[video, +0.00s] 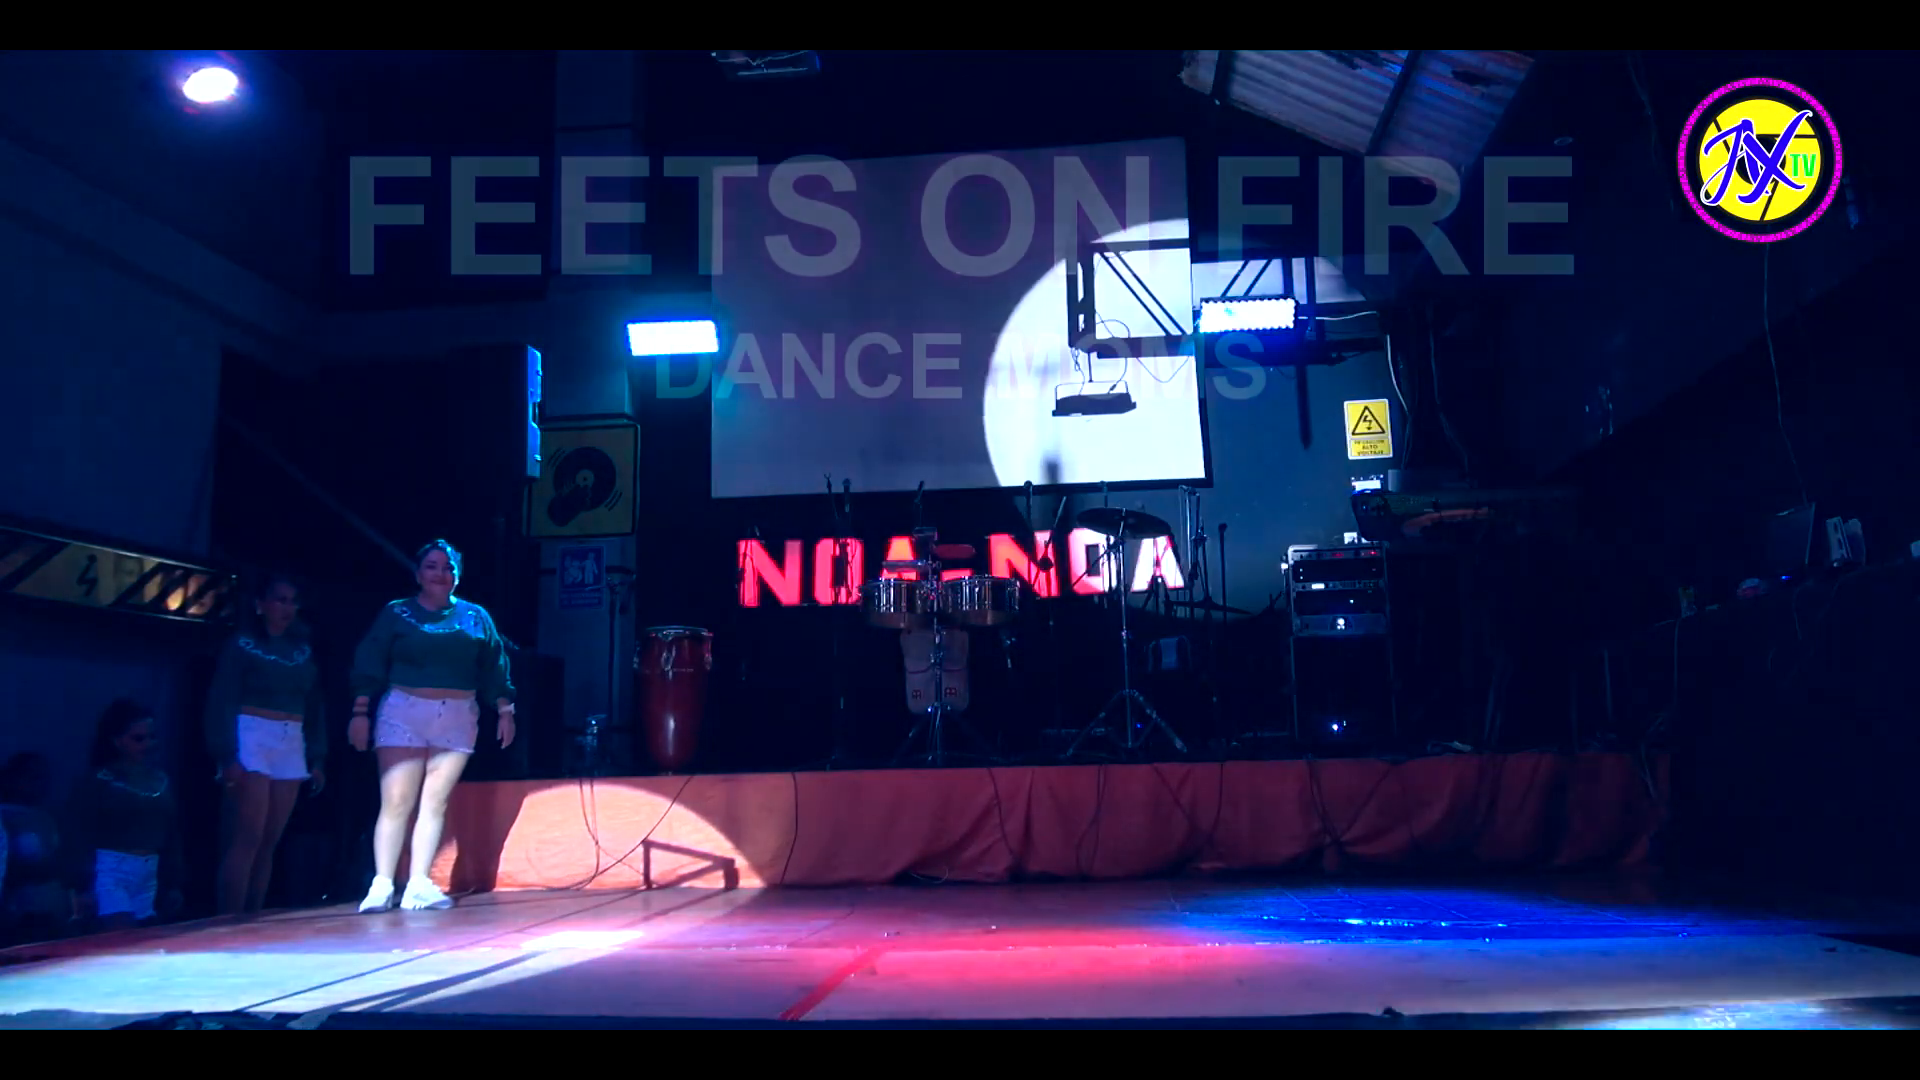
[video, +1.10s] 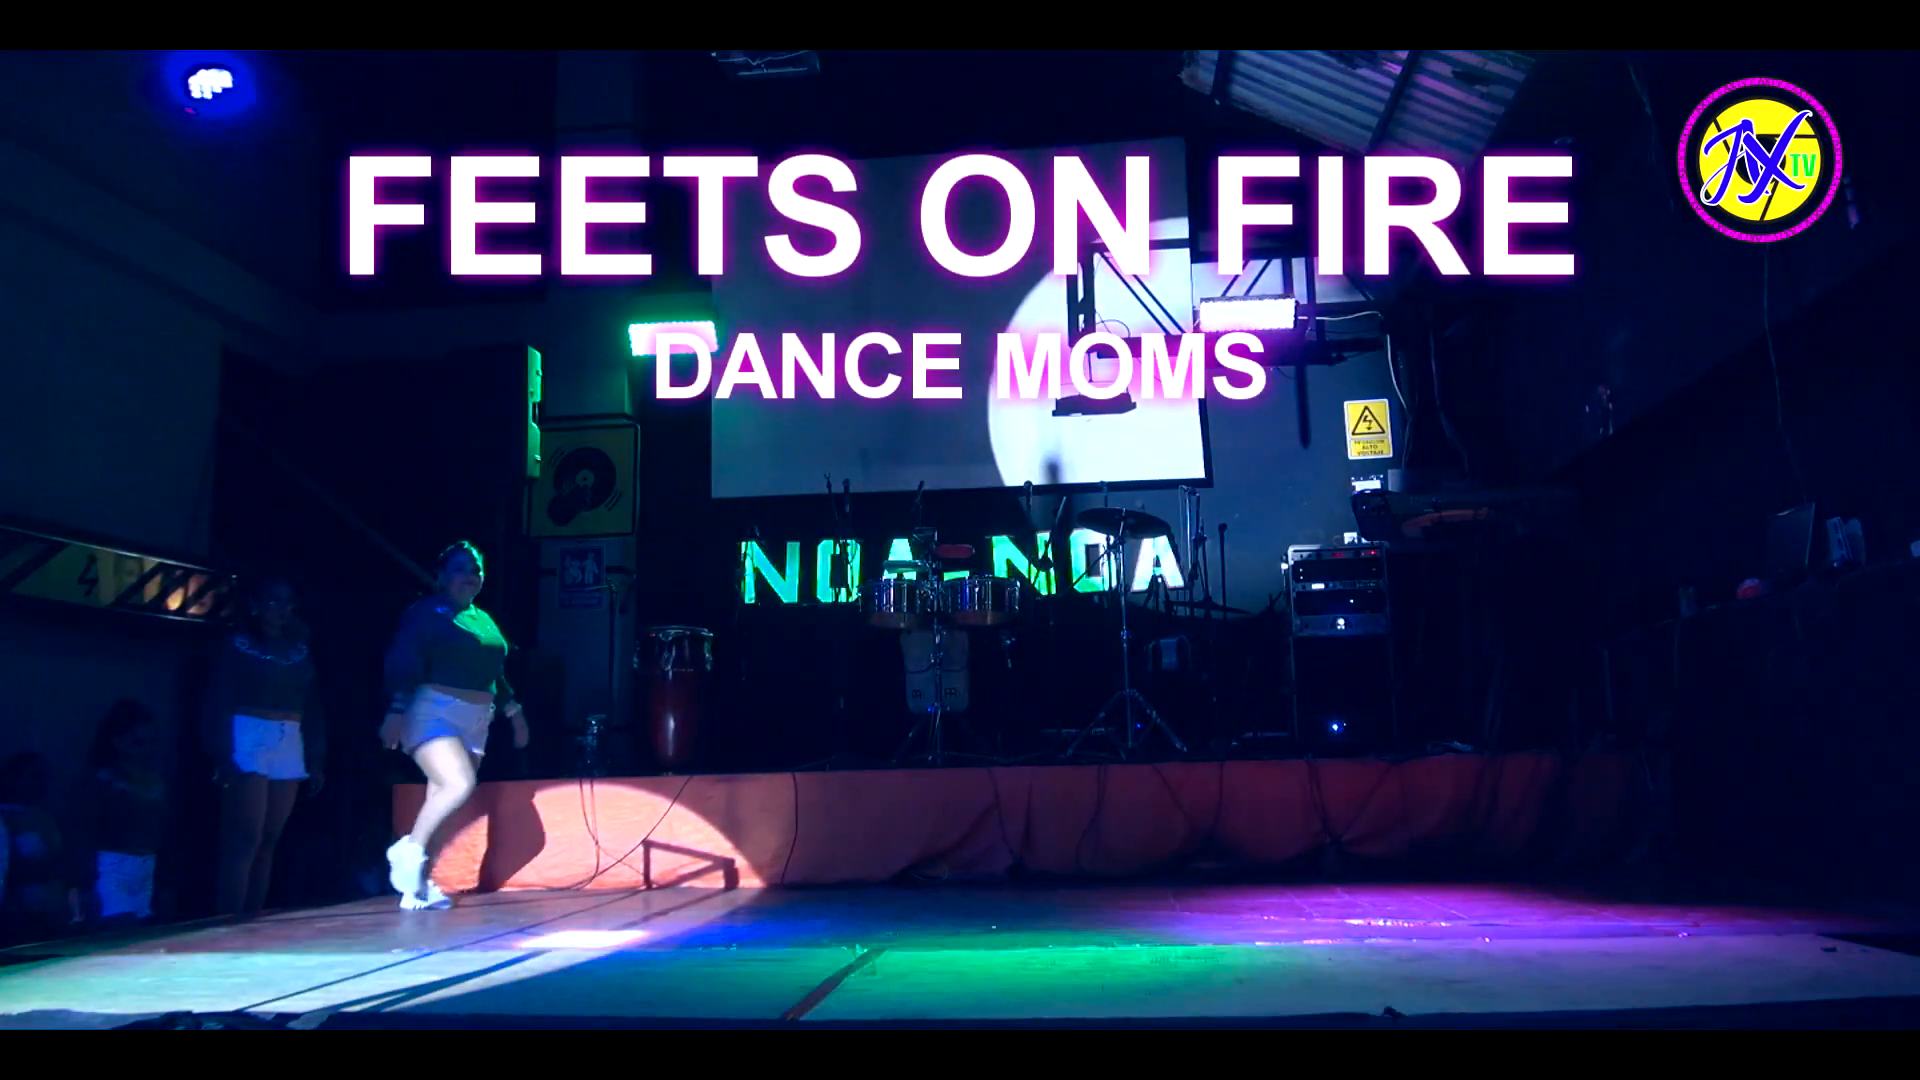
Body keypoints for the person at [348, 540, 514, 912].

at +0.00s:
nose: (438, 573)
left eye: (446, 568)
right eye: (431, 566)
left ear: (455, 575)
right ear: (418, 572)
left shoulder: (476, 617)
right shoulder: (397, 613)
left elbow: (496, 665)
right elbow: (370, 661)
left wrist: (505, 709)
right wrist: (360, 711)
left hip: (457, 715)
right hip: (403, 712)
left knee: (435, 803)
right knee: (396, 802)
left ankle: (418, 884)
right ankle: (383, 884)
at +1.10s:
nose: (469, 578)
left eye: (475, 572)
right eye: (460, 570)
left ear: (482, 579)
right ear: (443, 574)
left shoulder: (484, 620)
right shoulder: (426, 615)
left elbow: (494, 675)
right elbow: (403, 662)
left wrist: (514, 711)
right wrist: (396, 710)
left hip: (474, 722)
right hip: (430, 713)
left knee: (441, 803)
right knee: (458, 783)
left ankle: (419, 884)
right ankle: (411, 850)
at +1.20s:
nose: (473, 574)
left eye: (479, 568)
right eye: (465, 568)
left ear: (486, 574)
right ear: (447, 572)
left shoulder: (491, 616)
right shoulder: (431, 611)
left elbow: (506, 669)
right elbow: (396, 655)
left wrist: (537, 696)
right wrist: (379, 703)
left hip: (475, 717)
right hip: (432, 708)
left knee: (437, 802)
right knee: (473, 774)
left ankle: (417, 884)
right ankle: (451, 861)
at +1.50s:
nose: (489, 575)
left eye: (495, 569)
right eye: (481, 567)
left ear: (502, 574)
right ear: (462, 570)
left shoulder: (517, 614)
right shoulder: (440, 613)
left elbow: (553, 650)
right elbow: (402, 657)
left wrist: (588, 674)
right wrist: (376, 706)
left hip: (497, 719)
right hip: (449, 711)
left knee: (458, 803)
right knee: (476, 792)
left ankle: (418, 878)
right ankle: (490, 881)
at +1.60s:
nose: (498, 574)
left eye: (504, 567)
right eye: (491, 566)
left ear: (509, 573)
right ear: (469, 567)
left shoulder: (524, 612)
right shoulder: (442, 614)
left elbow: (560, 650)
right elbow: (410, 658)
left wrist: (591, 685)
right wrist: (393, 708)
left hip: (510, 713)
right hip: (457, 711)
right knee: (482, 794)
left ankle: (454, 855)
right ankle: (492, 883)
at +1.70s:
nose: (511, 572)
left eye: (515, 566)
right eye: (503, 564)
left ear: (519, 573)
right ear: (480, 566)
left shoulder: (531, 615)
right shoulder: (449, 615)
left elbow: (562, 660)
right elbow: (421, 664)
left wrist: (586, 696)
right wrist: (416, 709)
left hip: (520, 713)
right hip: (464, 714)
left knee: (546, 788)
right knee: (487, 795)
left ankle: (510, 841)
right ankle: (493, 882)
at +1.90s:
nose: (531, 562)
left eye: (535, 556)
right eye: (522, 553)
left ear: (538, 562)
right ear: (498, 557)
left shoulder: (548, 605)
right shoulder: (465, 601)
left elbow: (568, 654)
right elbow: (427, 646)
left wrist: (569, 699)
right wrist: (446, 650)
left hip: (537, 703)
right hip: (482, 705)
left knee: (543, 791)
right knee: (494, 799)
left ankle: (550, 881)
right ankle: (500, 883)